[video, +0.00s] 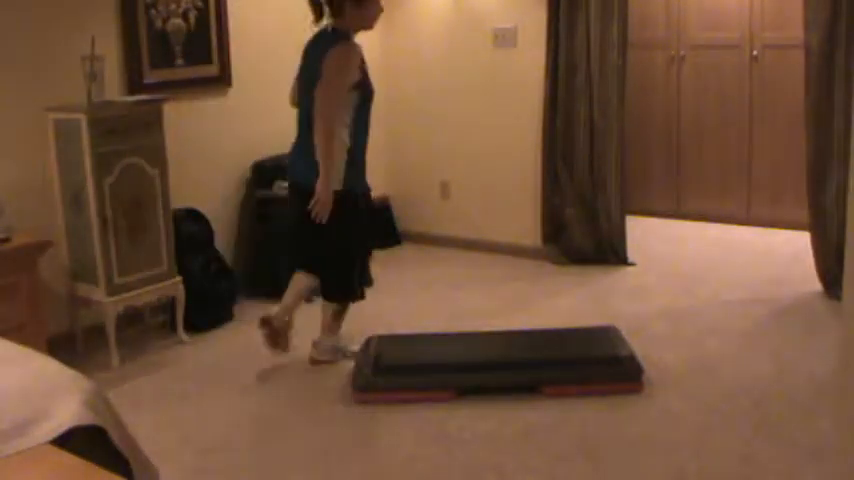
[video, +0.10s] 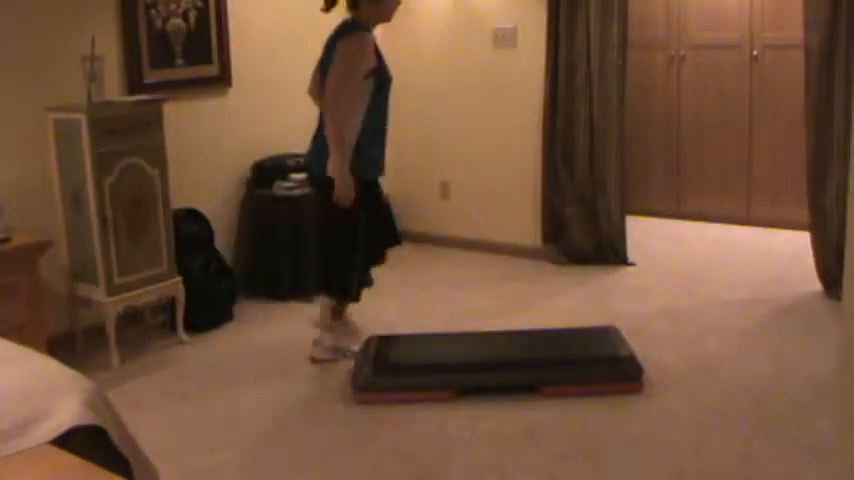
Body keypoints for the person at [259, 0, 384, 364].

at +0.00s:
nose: (380, 9)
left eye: (379, 2)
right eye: (375, 2)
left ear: (340, 7)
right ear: (352, 6)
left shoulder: (319, 44)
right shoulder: (345, 52)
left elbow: (298, 97)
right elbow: (329, 122)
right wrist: (326, 182)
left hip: (309, 177)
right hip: (341, 184)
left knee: (317, 254)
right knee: (345, 264)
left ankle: (282, 314)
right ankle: (328, 342)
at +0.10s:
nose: (397, 6)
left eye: (397, 1)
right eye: (393, 0)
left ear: (363, 2)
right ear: (374, 1)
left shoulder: (345, 33)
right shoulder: (358, 39)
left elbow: (317, 90)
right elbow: (336, 102)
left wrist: (349, 138)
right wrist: (341, 166)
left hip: (342, 167)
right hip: (349, 172)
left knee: (353, 245)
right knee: (348, 251)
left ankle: (336, 321)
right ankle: (330, 334)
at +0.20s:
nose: (415, 6)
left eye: (413, 0)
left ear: (381, 6)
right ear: (384, 4)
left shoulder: (381, 41)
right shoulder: (373, 44)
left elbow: (340, 90)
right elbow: (348, 98)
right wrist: (356, 161)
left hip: (379, 171)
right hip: (357, 173)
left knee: (395, 249)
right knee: (352, 259)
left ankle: (392, 319)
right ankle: (328, 337)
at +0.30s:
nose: (433, 9)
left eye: (431, 3)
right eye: (426, 3)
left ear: (404, 9)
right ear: (402, 7)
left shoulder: (403, 50)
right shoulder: (387, 51)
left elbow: (388, 112)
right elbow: (359, 108)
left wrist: (406, 165)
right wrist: (380, 163)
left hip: (399, 172)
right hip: (381, 174)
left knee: (411, 250)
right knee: (406, 253)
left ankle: (399, 324)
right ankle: (347, 318)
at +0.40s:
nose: (449, 5)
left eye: (448, 0)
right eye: (442, 0)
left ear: (428, 6)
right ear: (420, 4)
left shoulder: (429, 39)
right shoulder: (399, 44)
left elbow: (425, 91)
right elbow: (373, 104)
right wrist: (408, 143)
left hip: (412, 156)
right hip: (390, 159)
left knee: (414, 241)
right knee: (447, 230)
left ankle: (402, 317)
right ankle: (395, 292)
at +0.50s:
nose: (464, 5)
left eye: (465, 0)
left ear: (453, 4)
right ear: (437, 1)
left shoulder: (454, 33)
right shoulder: (415, 36)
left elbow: (476, 71)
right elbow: (396, 92)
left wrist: (511, 87)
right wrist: (445, 112)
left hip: (431, 154)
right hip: (404, 155)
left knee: (417, 237)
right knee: (482, 201)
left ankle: (400, 317)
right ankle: (468, 294)